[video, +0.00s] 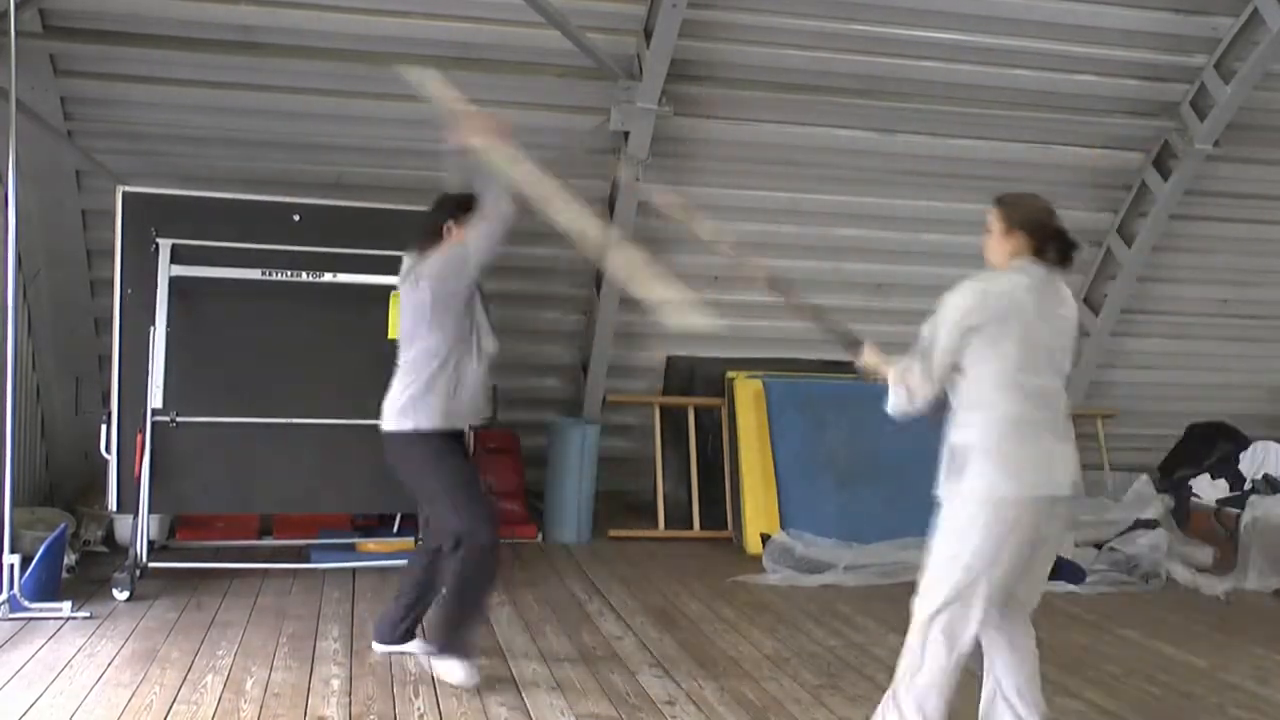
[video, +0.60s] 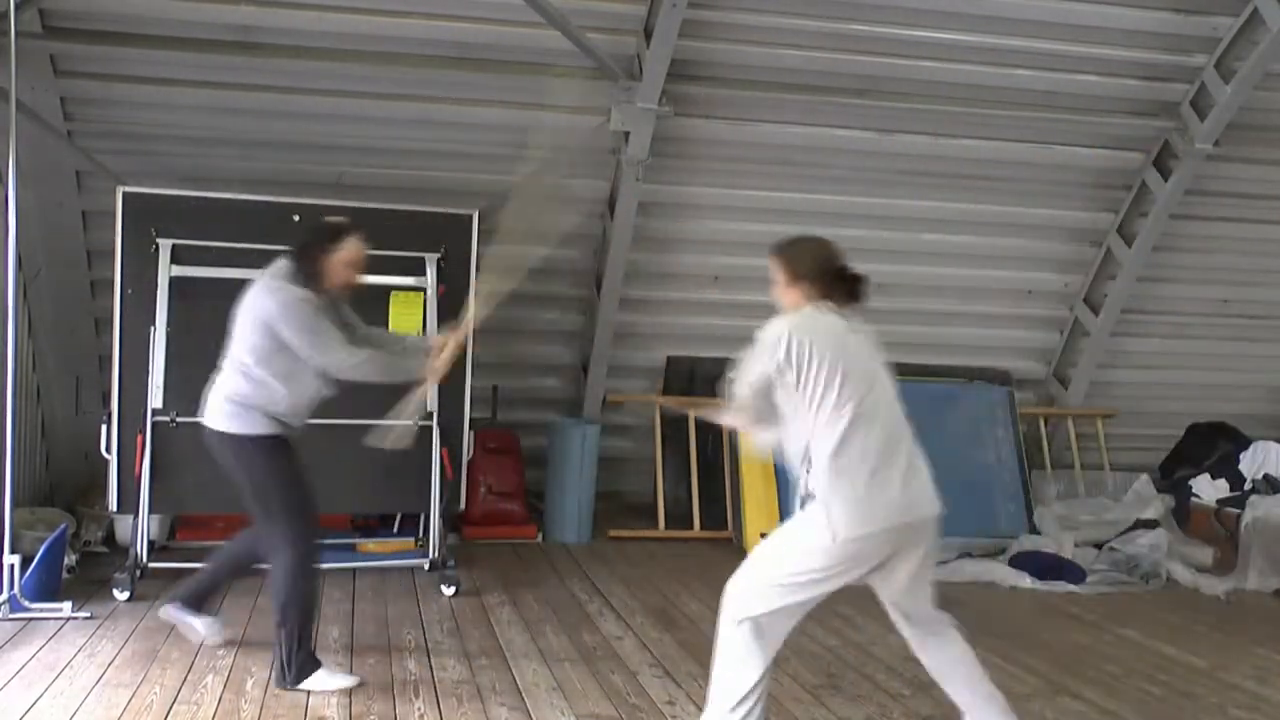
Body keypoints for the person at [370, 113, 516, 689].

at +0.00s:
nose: (481, 239)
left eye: (480, 229)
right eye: (475, 228)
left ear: (449, 230)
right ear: (452, 229)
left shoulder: (439, 274)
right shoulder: (436, 274)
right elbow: (491, 219)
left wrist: (470, 149)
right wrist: (497, 153)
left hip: (435, 430)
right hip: (421, 431)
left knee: (440, 539)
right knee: (476, 532)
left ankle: (393, 632)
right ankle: (444, 643)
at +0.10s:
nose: (466, 227)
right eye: (456, 216)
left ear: (424, 217)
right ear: (436, 218)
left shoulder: (433, 260)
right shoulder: (422, 257)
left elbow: (458, 206)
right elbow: (463, 203)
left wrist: (423, 157)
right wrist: (419, 156)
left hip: (431, 418)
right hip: (408, 420)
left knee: (436, 530)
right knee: (456, 532)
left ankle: (405, 624)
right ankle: (393, 637)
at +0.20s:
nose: (466, 229)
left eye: (470, 221)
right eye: (459, 218)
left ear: (456, 226)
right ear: (433, 211)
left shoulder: (434, 268)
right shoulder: (398, 246)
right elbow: (428, 168)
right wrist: (390, 137)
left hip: (407, 410)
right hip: (384, 409)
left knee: (414, 529)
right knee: (414, 532)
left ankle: (378, 626)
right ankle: (388, 657)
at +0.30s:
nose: (444, 237)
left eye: (448, 230)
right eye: (439, 227)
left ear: (431, 231)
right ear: (415, 216)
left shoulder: (410, 271)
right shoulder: (375, 242)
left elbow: (437, 316)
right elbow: (436, 188)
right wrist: (429, 136)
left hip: (381, 408)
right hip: (356, 406)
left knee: (395, 523)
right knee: (389, 527)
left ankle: (355, 619)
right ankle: (387, 660)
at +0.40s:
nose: (418, 240)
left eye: (422, 228)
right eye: (412, 227)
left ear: (385, 222)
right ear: (387, 220)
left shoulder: (361, 255)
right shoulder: (354, 254)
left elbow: (423, 264)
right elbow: (436, 262)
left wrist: (446, 211)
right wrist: (472, 211)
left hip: (330, 417)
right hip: (305, 417)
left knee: (359, 518)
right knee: (344, 526)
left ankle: (357, 628)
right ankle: (304, 658)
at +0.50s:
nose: (397, 259)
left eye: (403, 250)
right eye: (392, 247)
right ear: (366, 239)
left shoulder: (338, 274)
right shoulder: (333, 278)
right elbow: (406, 316)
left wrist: (451, 281)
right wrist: (460, 282)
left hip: (301, 423)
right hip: (276, 424)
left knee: (339, 510)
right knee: (320, 525)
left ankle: (309, 613)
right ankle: (291, 662)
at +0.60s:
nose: (356, 278)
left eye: (360, 267)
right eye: (350, 266)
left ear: (329, 260)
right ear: (322, 257)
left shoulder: (309, 293)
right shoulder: (283, 297)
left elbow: (361, 339)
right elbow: (344, 361)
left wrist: (430, 344)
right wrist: (423, 369)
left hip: (258, 424)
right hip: (243, 425)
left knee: (275, 531)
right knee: (294, 537)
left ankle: (189, 603)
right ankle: (295, 667)